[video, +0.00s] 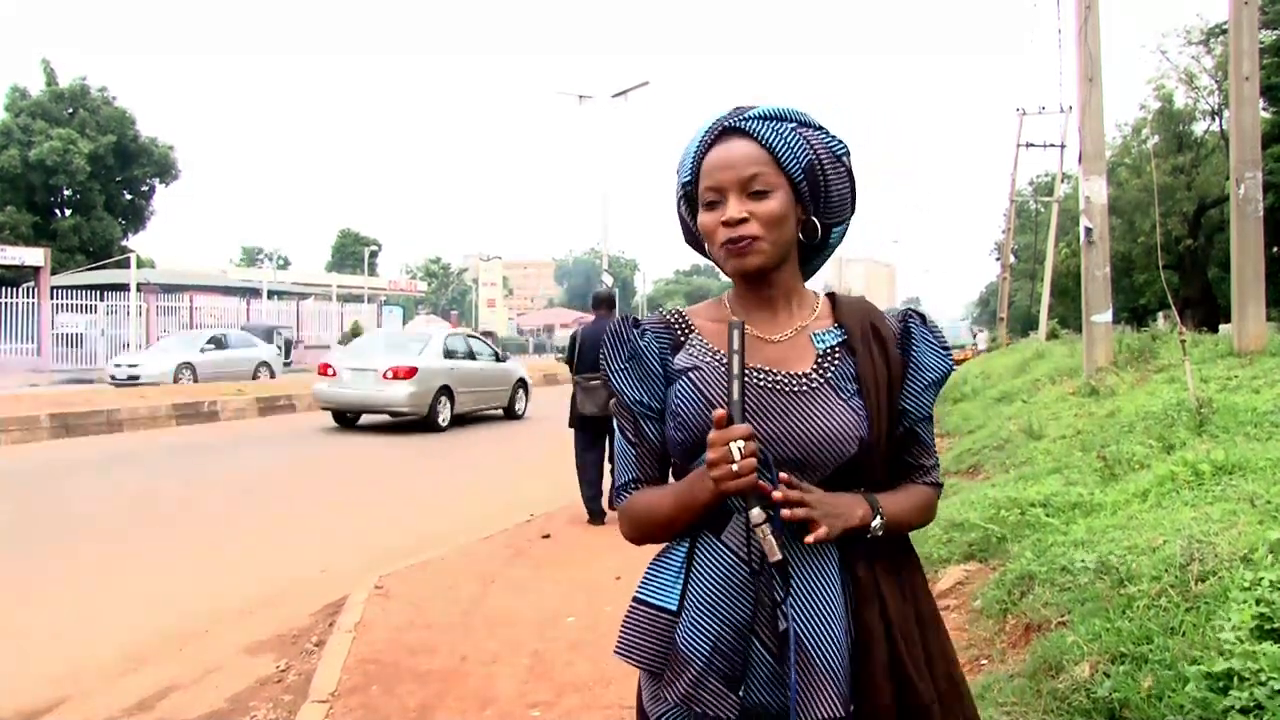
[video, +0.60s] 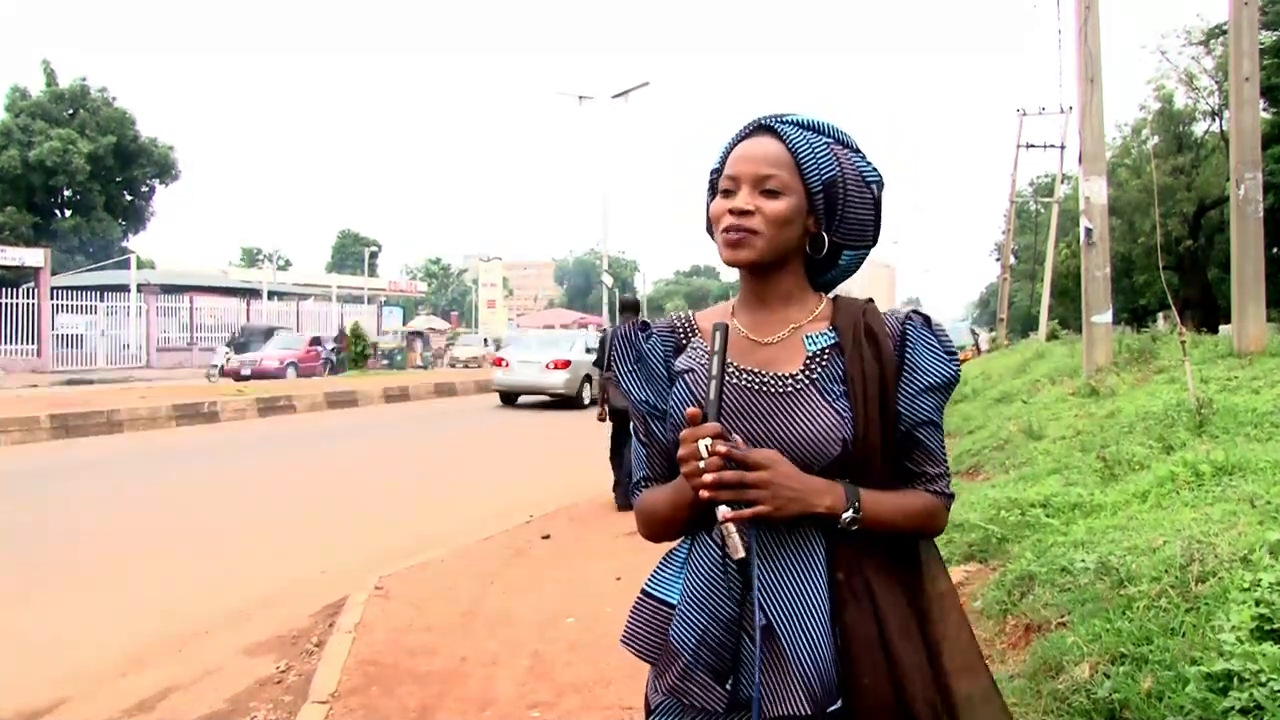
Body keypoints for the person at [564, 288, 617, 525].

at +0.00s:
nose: (604, 311)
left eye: (600, 307)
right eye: (610, 308)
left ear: (592, 308)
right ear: (614, 308)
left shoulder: (580, 334)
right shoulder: (623, 333)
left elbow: (571, 364)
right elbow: (629, 367)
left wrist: (584, 387)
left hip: (586, 403)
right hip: (618, 401)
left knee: (588, 456)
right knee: (620, 450)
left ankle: (595, 511)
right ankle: (619, 496)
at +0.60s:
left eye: (623, 310)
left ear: (619, 311)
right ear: (639, 312)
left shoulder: (610, 336)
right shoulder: (646, 337)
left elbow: (604, 372)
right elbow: (651, 371)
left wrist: (601, 402)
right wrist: (650, 397)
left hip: (618, 402)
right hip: (641, 401)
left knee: (617, 444)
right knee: (636, 445)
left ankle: (619, 484)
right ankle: (627, 493)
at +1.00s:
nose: (638, 314)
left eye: (634, 310)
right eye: (642, 310)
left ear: (629, 311)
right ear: (647, 310)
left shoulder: (619, 334)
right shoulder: (654, 334)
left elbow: (612, 366)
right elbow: (661, 365)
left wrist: (614, 397)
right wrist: (661, 391)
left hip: (624, 401)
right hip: (649, 399)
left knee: (624, 443)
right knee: (649, 434)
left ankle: (633, 485)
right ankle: (643, 468)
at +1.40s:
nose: (661, 317)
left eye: (657, 313)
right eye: (664, 313)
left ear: (651, 315)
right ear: (668, 314)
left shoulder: (639, 336)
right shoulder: (674, 336)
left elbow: (631, 359)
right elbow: (682, 362)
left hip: (642, 389)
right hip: (669, 389)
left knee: (639, 433)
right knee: (669, 435)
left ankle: (633, 476)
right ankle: (666, 476)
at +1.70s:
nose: (672, 314)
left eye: (669, 311)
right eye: (675, 310)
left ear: (664, 312)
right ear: (680, 311)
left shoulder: (655, 333)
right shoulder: (688, 332)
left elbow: (647, 365)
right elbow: (696, 361)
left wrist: (646, 393)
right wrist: (700, 385)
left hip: (660, 387)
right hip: (684, 386)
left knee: (662, 426)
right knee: (678, 428)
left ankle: (663, 467)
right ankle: (668, 473)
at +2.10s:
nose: (687, 316)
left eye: (683, 313)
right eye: (688, 313)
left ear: (676, 313)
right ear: (691, 313)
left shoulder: (665, 334)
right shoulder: (699, 332)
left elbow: (661, 364)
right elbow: (707, 359)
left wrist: (663, 389)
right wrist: (713, 384)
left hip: (673, 384)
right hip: (696, 383)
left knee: (677, 423)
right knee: (698, 423)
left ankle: (685, 461)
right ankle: (684, 449)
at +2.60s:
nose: (705, 319)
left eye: (702, 315)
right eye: (708, 315)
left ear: (697, 316)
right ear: (711, 316)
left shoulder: (687, 334)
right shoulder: (715, 336)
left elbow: (679, 355)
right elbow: (721, 361)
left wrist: (690, 368)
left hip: (689, 384)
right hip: (710, 383)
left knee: (692, 421)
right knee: (714, 423)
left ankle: (684, 451)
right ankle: (711, 459)